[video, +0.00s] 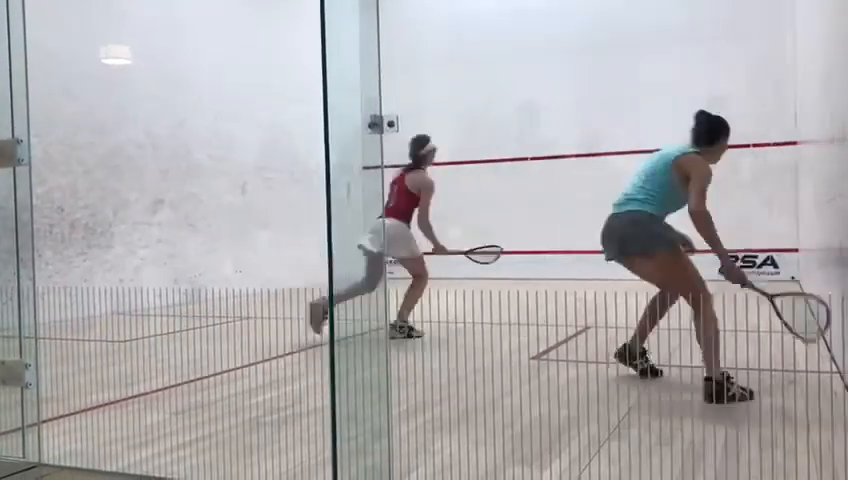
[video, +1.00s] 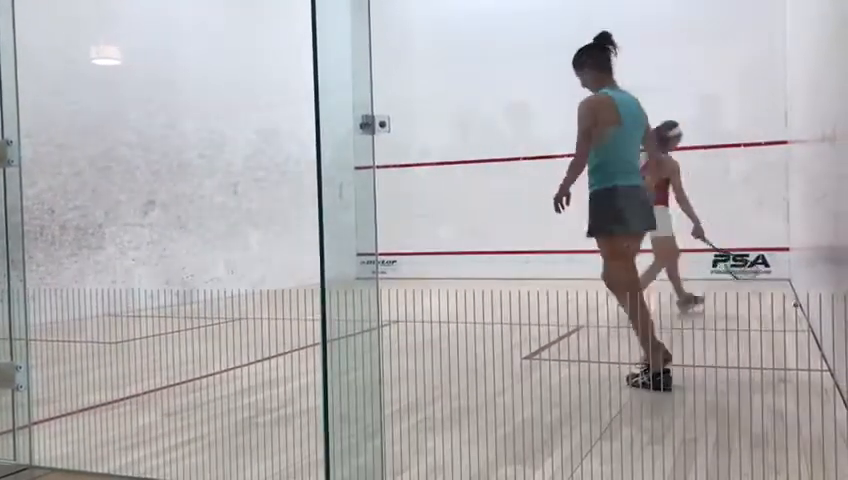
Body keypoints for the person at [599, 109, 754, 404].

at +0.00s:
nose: (724, 151)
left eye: (725, 145)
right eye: (724, 145)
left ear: (697, 137)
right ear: (718, 144)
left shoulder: (669, 156)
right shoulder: (698, 165)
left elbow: (641, 206)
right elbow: (697, 211)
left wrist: (675, 235)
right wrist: (724, 259)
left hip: (615, 230)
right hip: (640, 228)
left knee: (672, 288)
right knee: (700, 298)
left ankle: (633, 348)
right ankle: (716, 379)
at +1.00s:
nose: (580, 82)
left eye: (580, 74)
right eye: (578, 75)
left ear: (589, 70)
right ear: (606, 67)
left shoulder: (590, 105)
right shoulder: (633, 104)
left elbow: (582, 154)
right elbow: (655, 156)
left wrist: (565, 185)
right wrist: (646, 188)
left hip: (608, 200)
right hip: (637, 199)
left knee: (624, 279)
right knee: (613, 277)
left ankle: (653, 361)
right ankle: (654, 348)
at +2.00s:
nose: (359, 113)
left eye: (360, 106)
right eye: (358, 107)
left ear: (371, 103)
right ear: (382, 102)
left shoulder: (384, 128)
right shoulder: (403, 131)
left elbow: (380, 174)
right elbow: (419, 179)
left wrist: (352, 205)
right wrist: (425, 216)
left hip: (393, 209)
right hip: (407, 209)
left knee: (396, 283)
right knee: (378, 278)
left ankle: (408, 352)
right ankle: (400, 347)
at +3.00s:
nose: (175, 129)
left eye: (175, 125)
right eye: (178, 125)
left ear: (176, 126)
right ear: (197, 125)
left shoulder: (180, 151)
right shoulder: (208, 156)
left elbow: (142, 176)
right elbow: (226, 198)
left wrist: (158, 146)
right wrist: (229, 231)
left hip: (188, 228)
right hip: (207, 228)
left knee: (197, 292)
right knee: (179, 282)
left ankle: (214, 351)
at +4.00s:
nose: (63, 129)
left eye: (62, 123)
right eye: (59, 123)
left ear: (38, 126)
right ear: (44, 124)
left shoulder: (16, 152)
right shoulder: (54, 154)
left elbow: (3, 186)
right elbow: (59, 195)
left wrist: (4, 221)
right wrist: (71, 226)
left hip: (14, 225)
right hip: (43, 225)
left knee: (13, 289)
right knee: (56, 289)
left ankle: (5, 348)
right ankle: (54, 348)